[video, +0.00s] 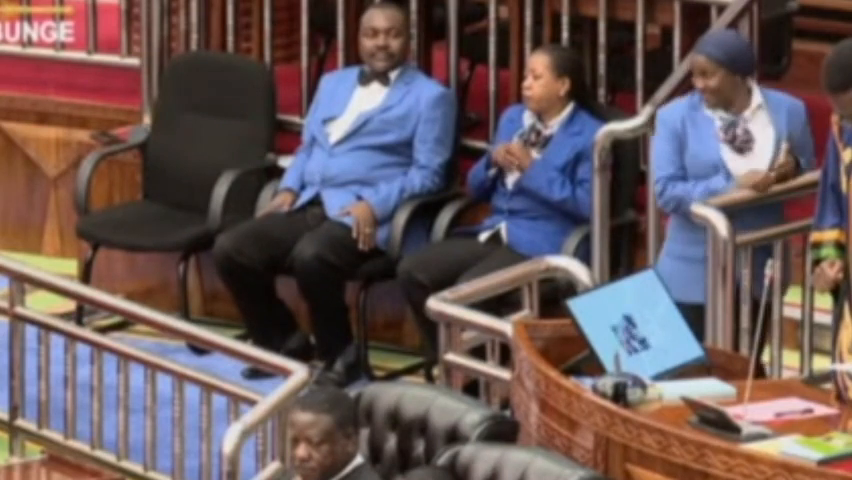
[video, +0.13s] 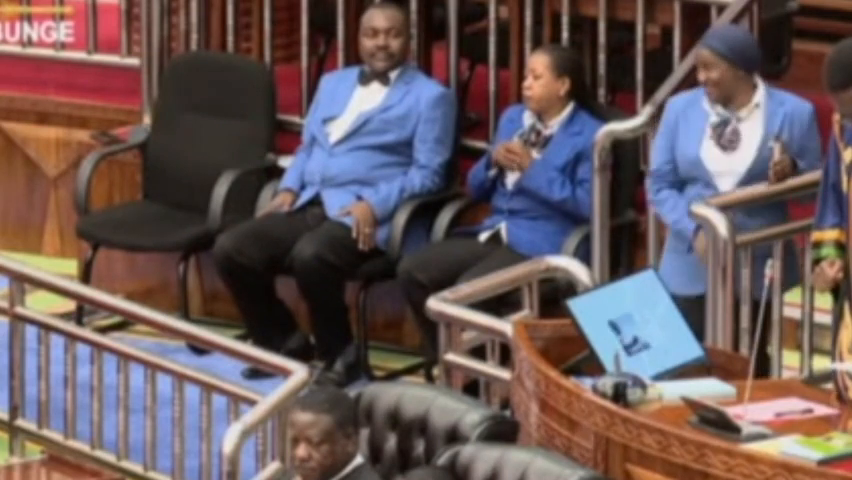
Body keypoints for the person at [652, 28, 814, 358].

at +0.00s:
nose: (698, 84)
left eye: (707, 75)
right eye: (694, 75)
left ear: (739, 73)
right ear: (689, 75)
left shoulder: (789, 111)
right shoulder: (673, 118)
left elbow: (809, 178)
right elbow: (666, 193)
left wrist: (792, 173)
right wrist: (734, 186)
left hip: (757, 276)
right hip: (690, 277)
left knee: (745, 378)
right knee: (688, 376)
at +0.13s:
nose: (701, 78)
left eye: (709, 68)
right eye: (698, 68)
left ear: (741, 68)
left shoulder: (795, 114)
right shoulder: (679, 110)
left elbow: (813, 188)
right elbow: (659, 185)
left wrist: (790, 178)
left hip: (758, 274)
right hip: (689, 272)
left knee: (751, 377)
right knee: (685, 374)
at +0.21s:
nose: (695, 74)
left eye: (703, 65)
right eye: (694, 64)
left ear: (736, 67)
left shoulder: (789, 118)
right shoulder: (677, 108)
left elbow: (811, 191)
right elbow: (655, 187)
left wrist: (787, 180)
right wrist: (662, 255)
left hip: (754, 279)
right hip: (688, 276)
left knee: (748, 379)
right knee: (683, 376)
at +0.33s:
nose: (688, 74)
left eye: (697, 64)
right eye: (688, 63)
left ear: (728, 69)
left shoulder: (783, 119)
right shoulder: (676, 105)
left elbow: (809, 186)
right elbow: (654, 183)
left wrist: (774, 178)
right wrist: (648, 256)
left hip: (748, 272)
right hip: (682, 264)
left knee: (742, 370)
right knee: (679, 363)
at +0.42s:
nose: (681, 74)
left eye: (689, 65)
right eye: (681, 64)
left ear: (719, 68)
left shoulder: (776, 119)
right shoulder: (673, 103)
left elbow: (800, 189)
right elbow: (653, 182)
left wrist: (753, 184)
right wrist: (640, 253)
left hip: (740, 274)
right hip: (675, 267)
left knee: (735, 372)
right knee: (668, 363)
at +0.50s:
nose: (673, 72)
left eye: (680, 63)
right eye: (672, 63)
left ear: (711, 68)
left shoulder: (767, 119)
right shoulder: (670, 101)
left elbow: (786, 191)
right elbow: (651, 180)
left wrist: (722, 195)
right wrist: (637, 251)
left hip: (734, 273)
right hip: (669, 266)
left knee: (728, 370)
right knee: (661, 359)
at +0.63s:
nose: (673, 72)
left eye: (680, 63)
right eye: (672, 63)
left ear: (711, 68)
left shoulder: (767, 119)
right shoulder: (670, 101)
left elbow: (786, 191)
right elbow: (651, 181)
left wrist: (722, 195)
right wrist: (637, 252)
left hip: (734, 273)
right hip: (670, 265)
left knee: (728, 370)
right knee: (662, 359)